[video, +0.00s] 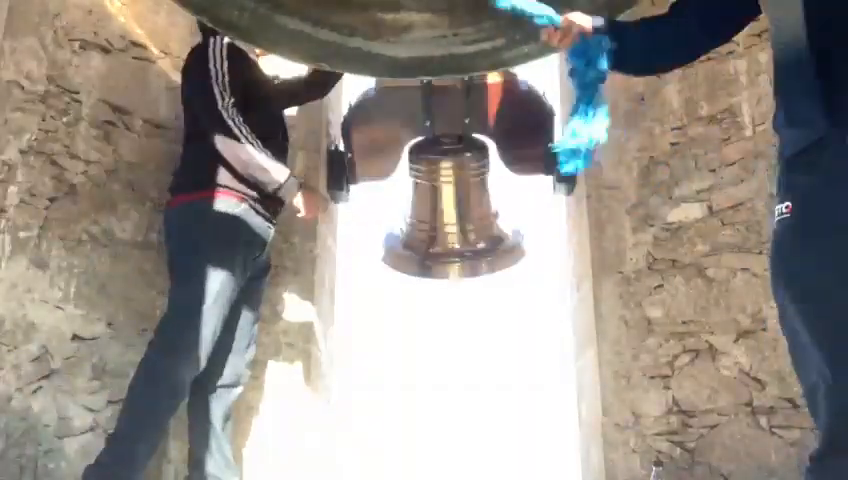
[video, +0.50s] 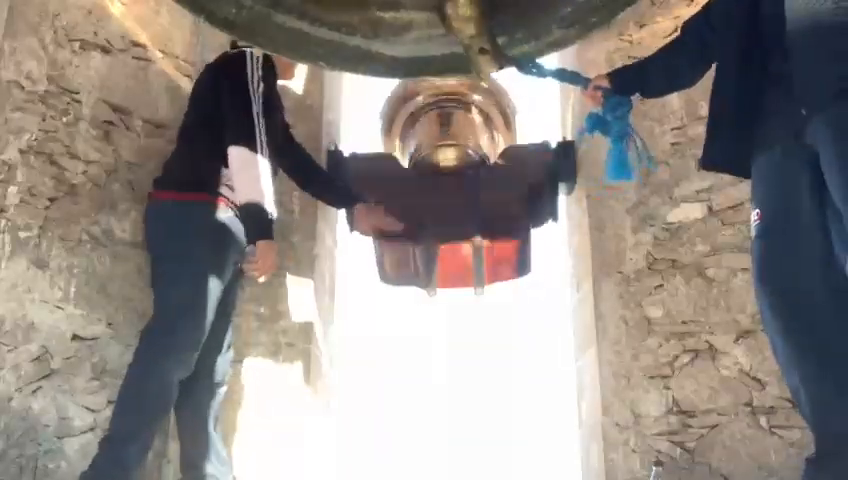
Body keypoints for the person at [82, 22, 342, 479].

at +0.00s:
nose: (267, 33)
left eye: (268, 26)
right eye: (261, 22)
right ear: (236, 18)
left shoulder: (254, 79)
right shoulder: (215, 50)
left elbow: (313, 85)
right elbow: (224, 126)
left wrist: (352, 36)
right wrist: (289, 187)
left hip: (255, 229)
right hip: (216, 211)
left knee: (225, 377)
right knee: (182, 357)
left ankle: (216, 473)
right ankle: (115, 471)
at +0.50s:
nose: (306, 59)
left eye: (308, 50)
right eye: (302, 47)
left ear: (280, 46)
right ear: (277, 39)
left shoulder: (264, 84)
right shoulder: (244, 63)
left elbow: (290, 155)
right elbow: (242, 147)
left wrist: (352, 206)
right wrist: (262, 231)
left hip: (230, 222)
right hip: (196, 212)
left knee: (210, 369)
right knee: (175, 346)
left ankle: (209, 472)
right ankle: (111, 470)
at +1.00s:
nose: (273, 43)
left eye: (275, 33)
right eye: (268, 28)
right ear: (241, 25)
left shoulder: (241, 82)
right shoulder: (215, 55)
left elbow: (270, 152)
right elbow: (220, 131)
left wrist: (316, 111)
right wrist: (281, 196)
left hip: (225, 232)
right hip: (188, 221)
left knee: (216, 376)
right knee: (162, 358)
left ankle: (212, 472)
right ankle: (118, 470)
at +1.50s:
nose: (303, 64)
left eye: (305, 55)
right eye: (299, 52)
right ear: (276, 46)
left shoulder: (269, 109)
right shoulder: (247, 71)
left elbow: (304, 181)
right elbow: (287, 146)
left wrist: (366, 223)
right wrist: (362, 148)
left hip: (229, 241)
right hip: (202, 229)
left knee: (217, 379)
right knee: (171, 361)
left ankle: (215, 472)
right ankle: (118, 470)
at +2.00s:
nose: (312, 88)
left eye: (315, 81)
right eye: (309, 77)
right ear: (289, 65)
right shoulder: (258, 76)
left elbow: (261, 189)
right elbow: (282, 136)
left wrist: (268, 250)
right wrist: (357, 128)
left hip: (241, 241)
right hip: (215, 227)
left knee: (221, 377)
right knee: (188, 358)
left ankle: (215, 471)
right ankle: (118, 470)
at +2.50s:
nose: (304, 64)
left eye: (308, 57)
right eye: (301, 54)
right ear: (284, 50)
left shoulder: (286, 102)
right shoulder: (261, 73)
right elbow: (296, 152)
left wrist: (322, 136)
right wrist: (347, 222)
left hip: (248, 239)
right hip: (216, 225)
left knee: (221, 380)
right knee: (187, 358)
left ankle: (216, 473)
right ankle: (118, 470)